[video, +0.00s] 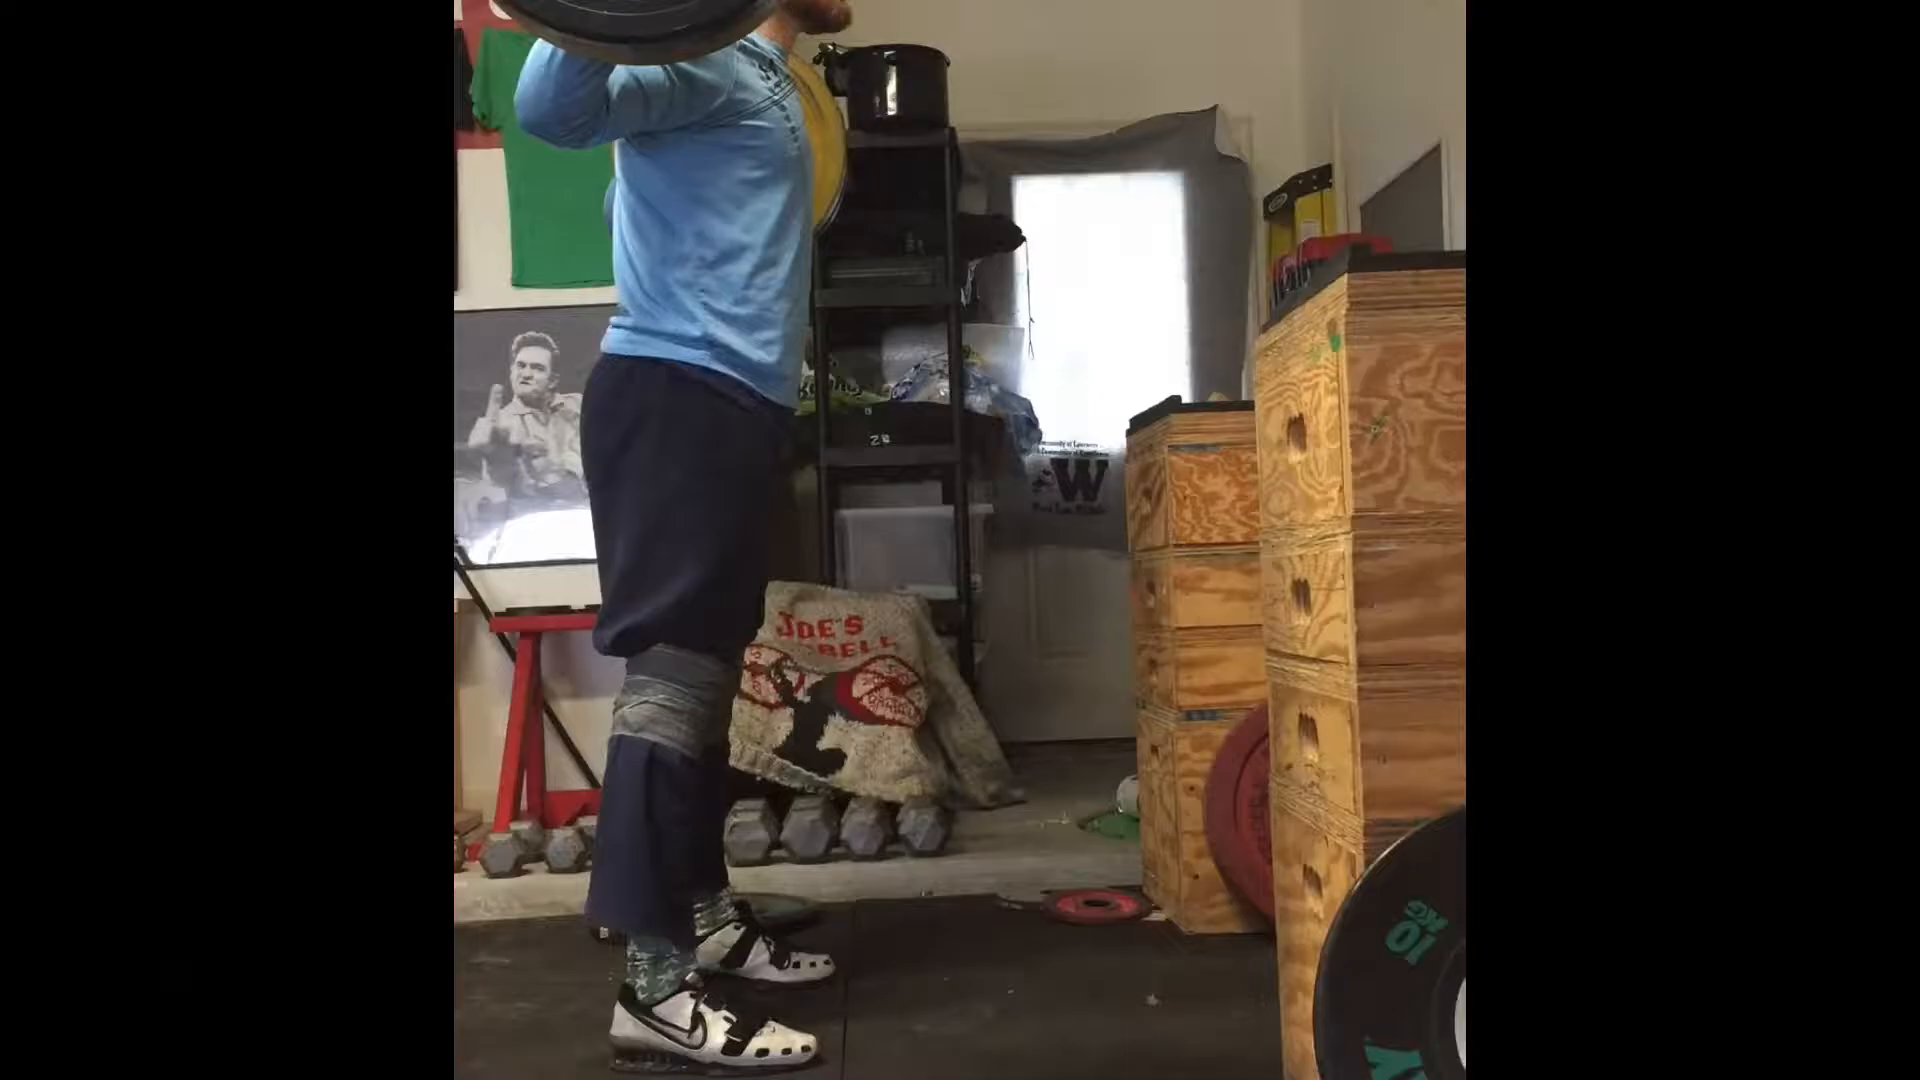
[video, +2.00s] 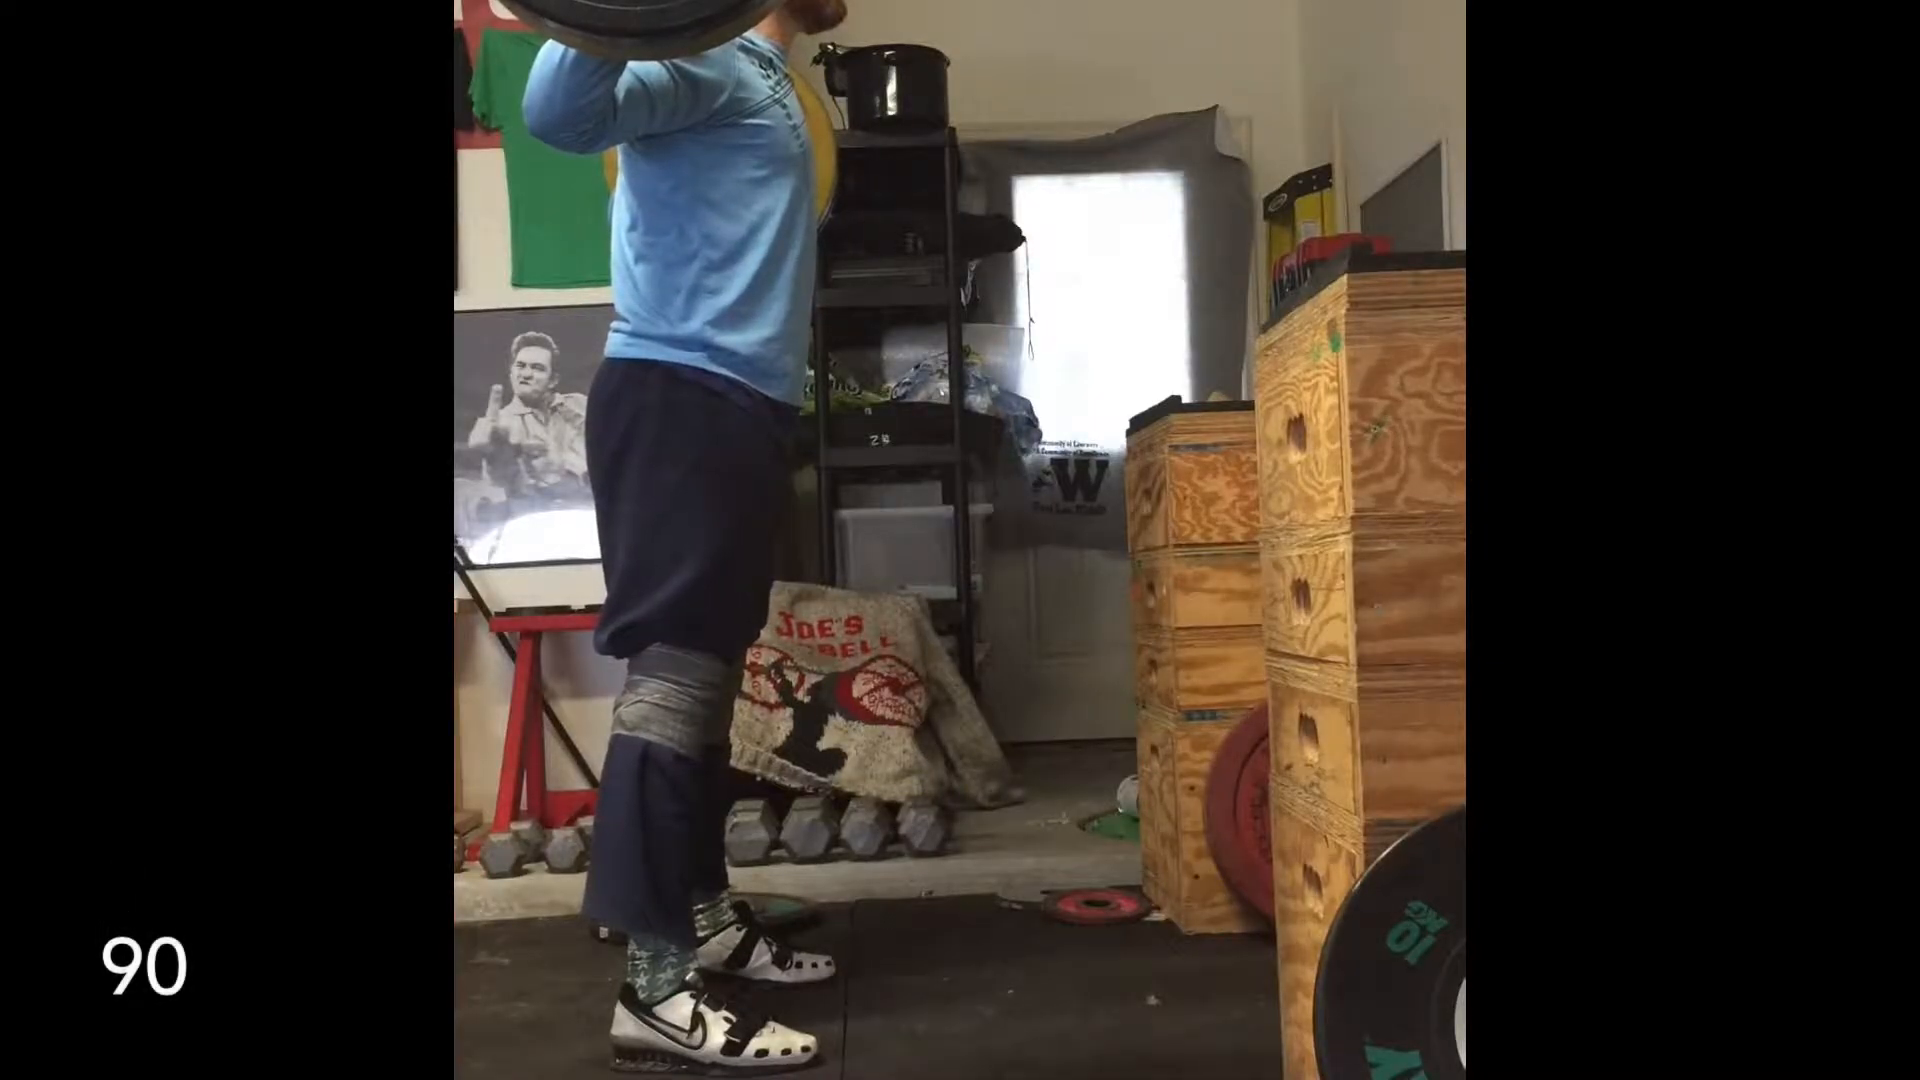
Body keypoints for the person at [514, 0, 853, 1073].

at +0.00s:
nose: (844, 4)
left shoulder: (771, 84)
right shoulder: (705, 66)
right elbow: (550, 111)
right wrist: (605, 3)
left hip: (732, 408)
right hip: (678, 400)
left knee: (704, 677)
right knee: (675, 682)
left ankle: (702, 923)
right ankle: (654, 981)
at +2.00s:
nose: (838, 7)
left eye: (836, 2)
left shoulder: (771, 77)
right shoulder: (705, 63)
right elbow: (556, 113)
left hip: (739, 407)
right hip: (681, 400)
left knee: (707, 673)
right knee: (675, 679)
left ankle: (699, 916)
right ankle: (655, 980)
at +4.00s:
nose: (845, 32)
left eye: (842, 18)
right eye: (832, 16)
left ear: (799, 36)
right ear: (788, 24)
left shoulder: (790, 129)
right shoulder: (720, 118)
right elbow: (573, 171)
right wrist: (631, 38)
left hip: (721, 442)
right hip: (665, 436)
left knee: (776, 677)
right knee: (785, 681)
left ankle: (711, 915)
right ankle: (665, 978)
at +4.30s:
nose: (827, 125)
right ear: (755, 114)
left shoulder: (800, 214)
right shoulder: (726, 207)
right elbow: (586, 271)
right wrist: (645, 142)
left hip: (718, 510)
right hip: (673, 509)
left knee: (837, 707)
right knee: (849, 721)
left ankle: (737, 925)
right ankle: (674, 984)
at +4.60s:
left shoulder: (791, 66)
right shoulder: (727, 55)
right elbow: (609, 131)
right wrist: (640, 21)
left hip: (762, 393)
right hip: (701, 387)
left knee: (755, 658)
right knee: (746, 659)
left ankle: (705, 920)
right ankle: (659, 980)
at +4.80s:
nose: (878, 115)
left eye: (879, 94)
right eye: (866, 90)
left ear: (814, 89)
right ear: (805, 80)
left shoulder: (805, 196)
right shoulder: (733, 163)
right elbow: (678, 29)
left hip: (686, 488)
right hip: (631, 488)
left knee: (805, 684)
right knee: (799, 704)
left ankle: (713, 922)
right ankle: (664, 988)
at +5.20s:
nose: (877, 277)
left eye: (879, 257)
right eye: (867, 253)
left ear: (821, 247)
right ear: (804, 237)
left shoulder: (811, 348)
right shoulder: (734, 309)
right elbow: (727, 173)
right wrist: (717, 40)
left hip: (697, 613)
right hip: (614, 611)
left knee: (842, 703)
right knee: (827, 730)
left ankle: (739, 915)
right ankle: (665, 987)